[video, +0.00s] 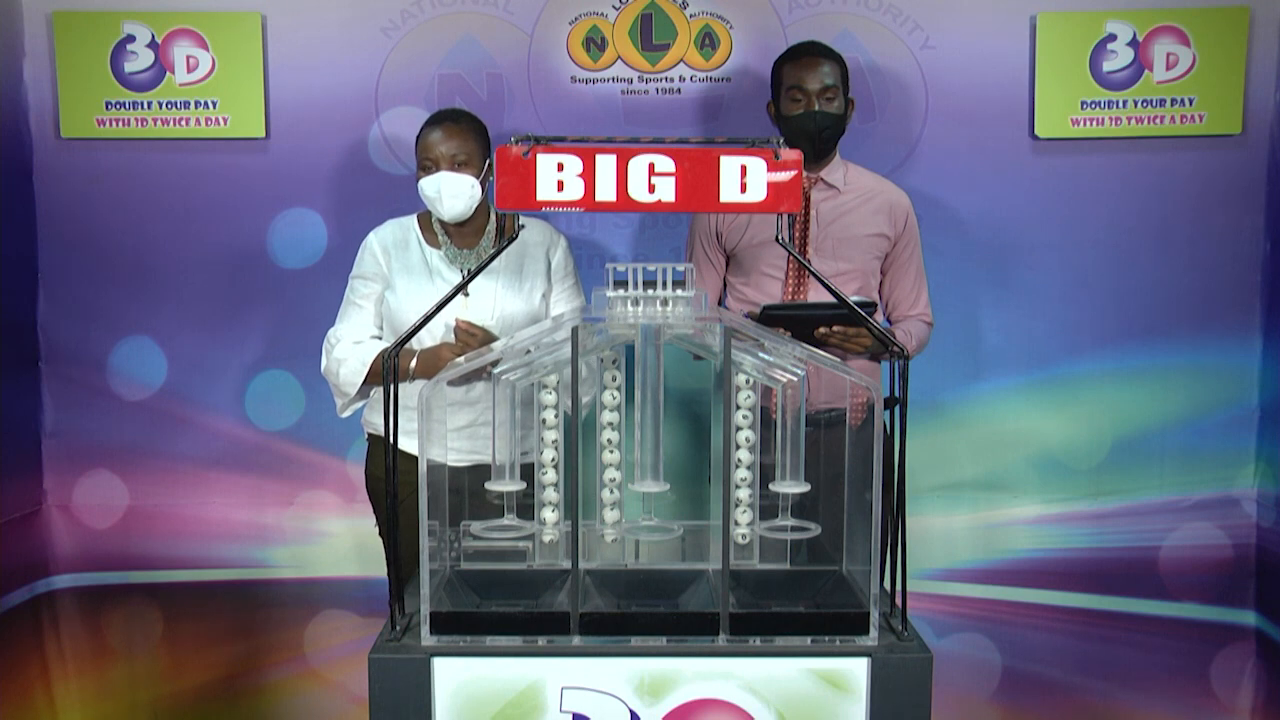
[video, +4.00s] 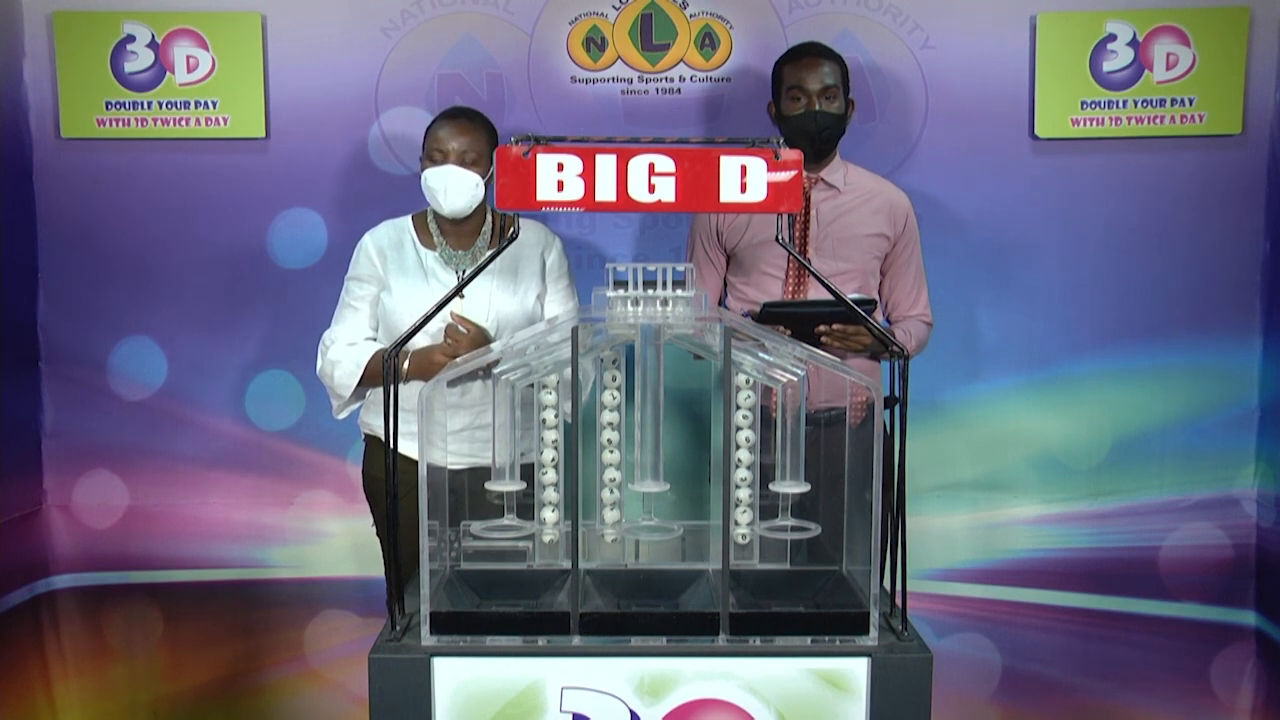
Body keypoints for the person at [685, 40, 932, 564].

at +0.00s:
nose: (813, 108)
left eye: (828, 94)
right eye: (796, 95)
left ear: (848, 108)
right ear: (774, 109)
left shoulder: (888, 204)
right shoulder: (726, 200)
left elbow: (914, 320)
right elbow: (696, 318)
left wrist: (876, 342)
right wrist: (761, 340)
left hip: (843, 416)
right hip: (752, 416)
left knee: (844, 580)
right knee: (753, 578)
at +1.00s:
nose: (812, 107)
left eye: (828, 94)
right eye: (795, 95)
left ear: (848, 108)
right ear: (774, 109)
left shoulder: (888, 205)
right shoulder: (726, 200)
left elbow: (914, 320)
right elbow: (696, 318)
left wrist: (876, 341)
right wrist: (761, 340)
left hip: (843, 415)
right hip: (752, 415)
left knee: (844, 579)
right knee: (753, 577)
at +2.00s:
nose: (813, 107)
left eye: (828, 94)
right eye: (796, 95)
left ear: (848, 108)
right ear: (774, 109)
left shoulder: (887, 205)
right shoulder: (726, 200)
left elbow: (915, 320)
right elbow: (696, 318)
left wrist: (876, 341)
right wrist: (760, 337)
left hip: (843, 417)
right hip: (752, 417)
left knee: (844, 581)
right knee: (753, 579)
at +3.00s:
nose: (813, 107)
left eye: (829, 94)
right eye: (796, 95)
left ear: (848, 108)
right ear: (774, 109)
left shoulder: (888, 205)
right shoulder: (727, 200)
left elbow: (914, 321)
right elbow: (695, 317)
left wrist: (876, 341)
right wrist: (757, 336)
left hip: (843, 416)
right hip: (752, 416)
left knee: (844, 580)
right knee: (753, 579)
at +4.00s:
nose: (813, 107)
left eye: (829, 94)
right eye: (796, 95)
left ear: (848, 108)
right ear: (774, 109)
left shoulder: (888, 205)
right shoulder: (727, 200)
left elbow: (914, 321)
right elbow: (695, 318)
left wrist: (876, 341)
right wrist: (758, 335)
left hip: (844, 417)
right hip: (751, 417)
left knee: (844, 581)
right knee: (753, 579)